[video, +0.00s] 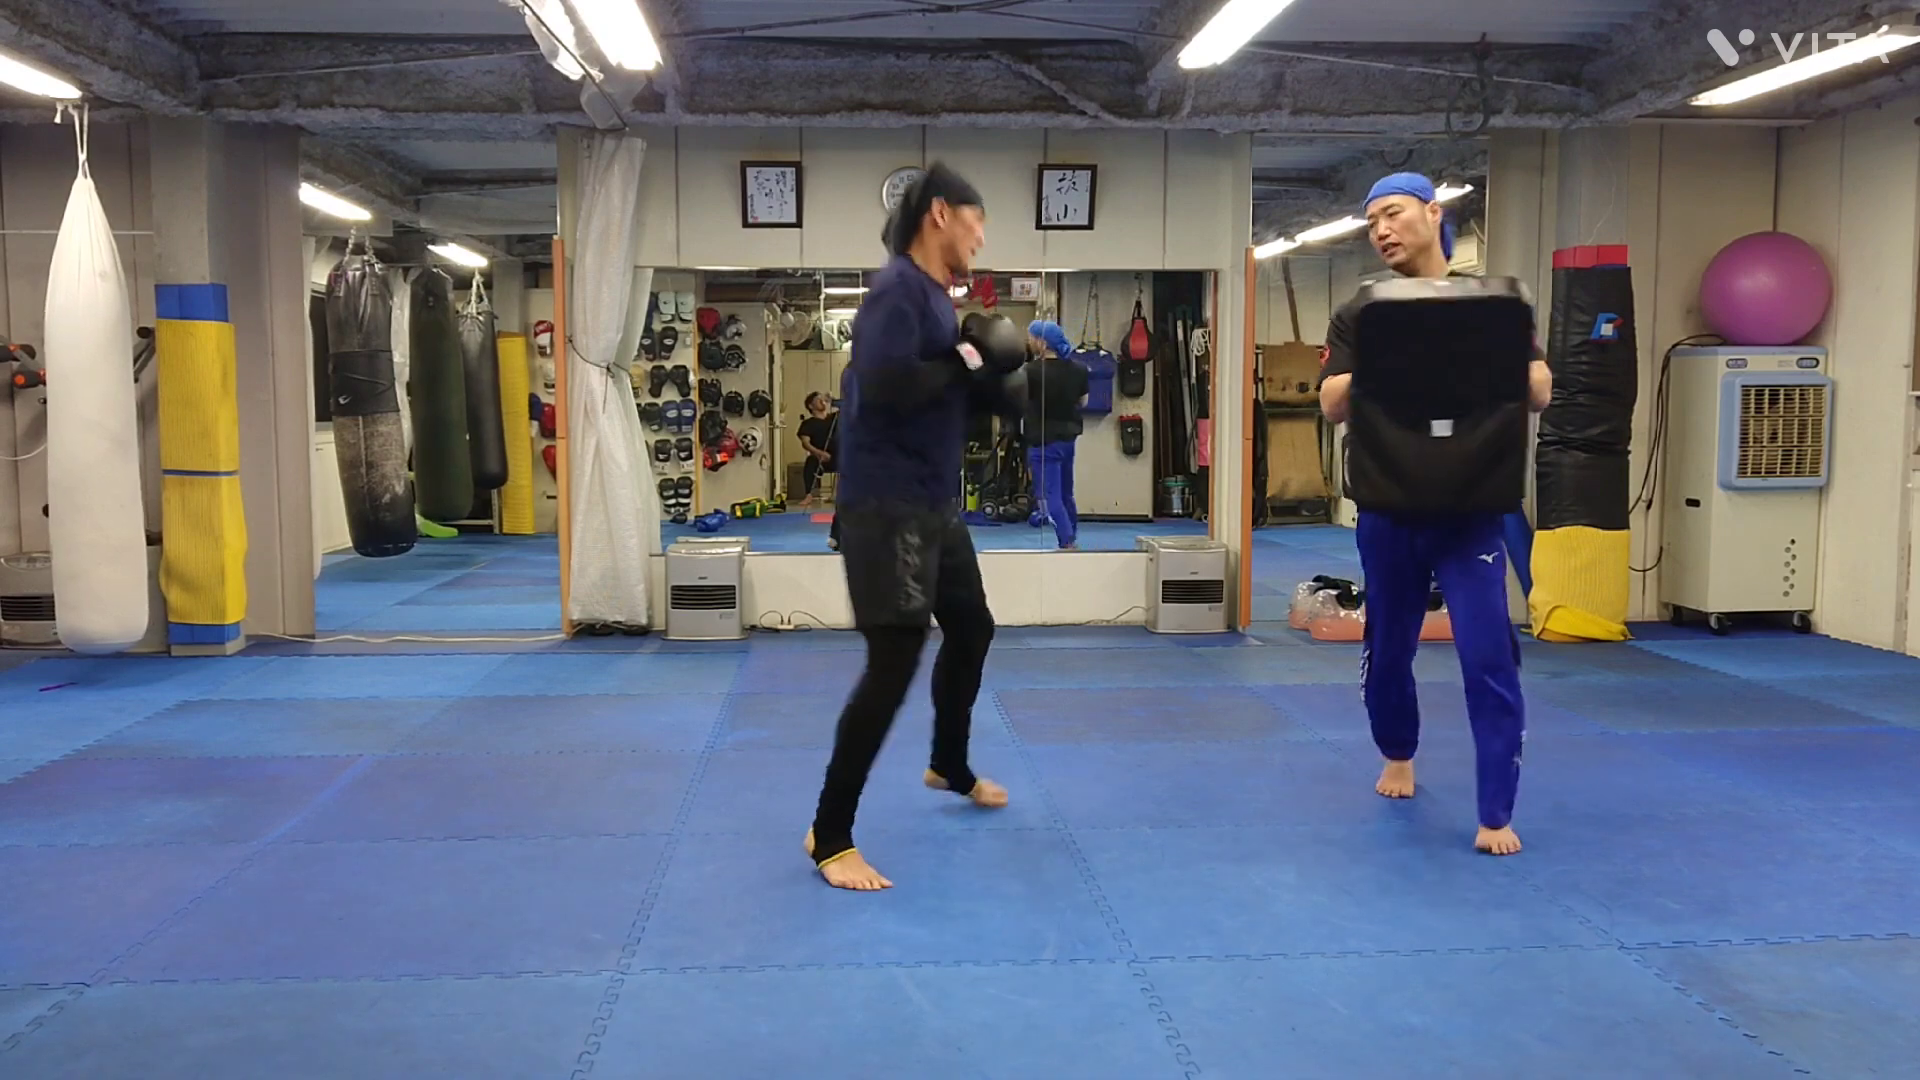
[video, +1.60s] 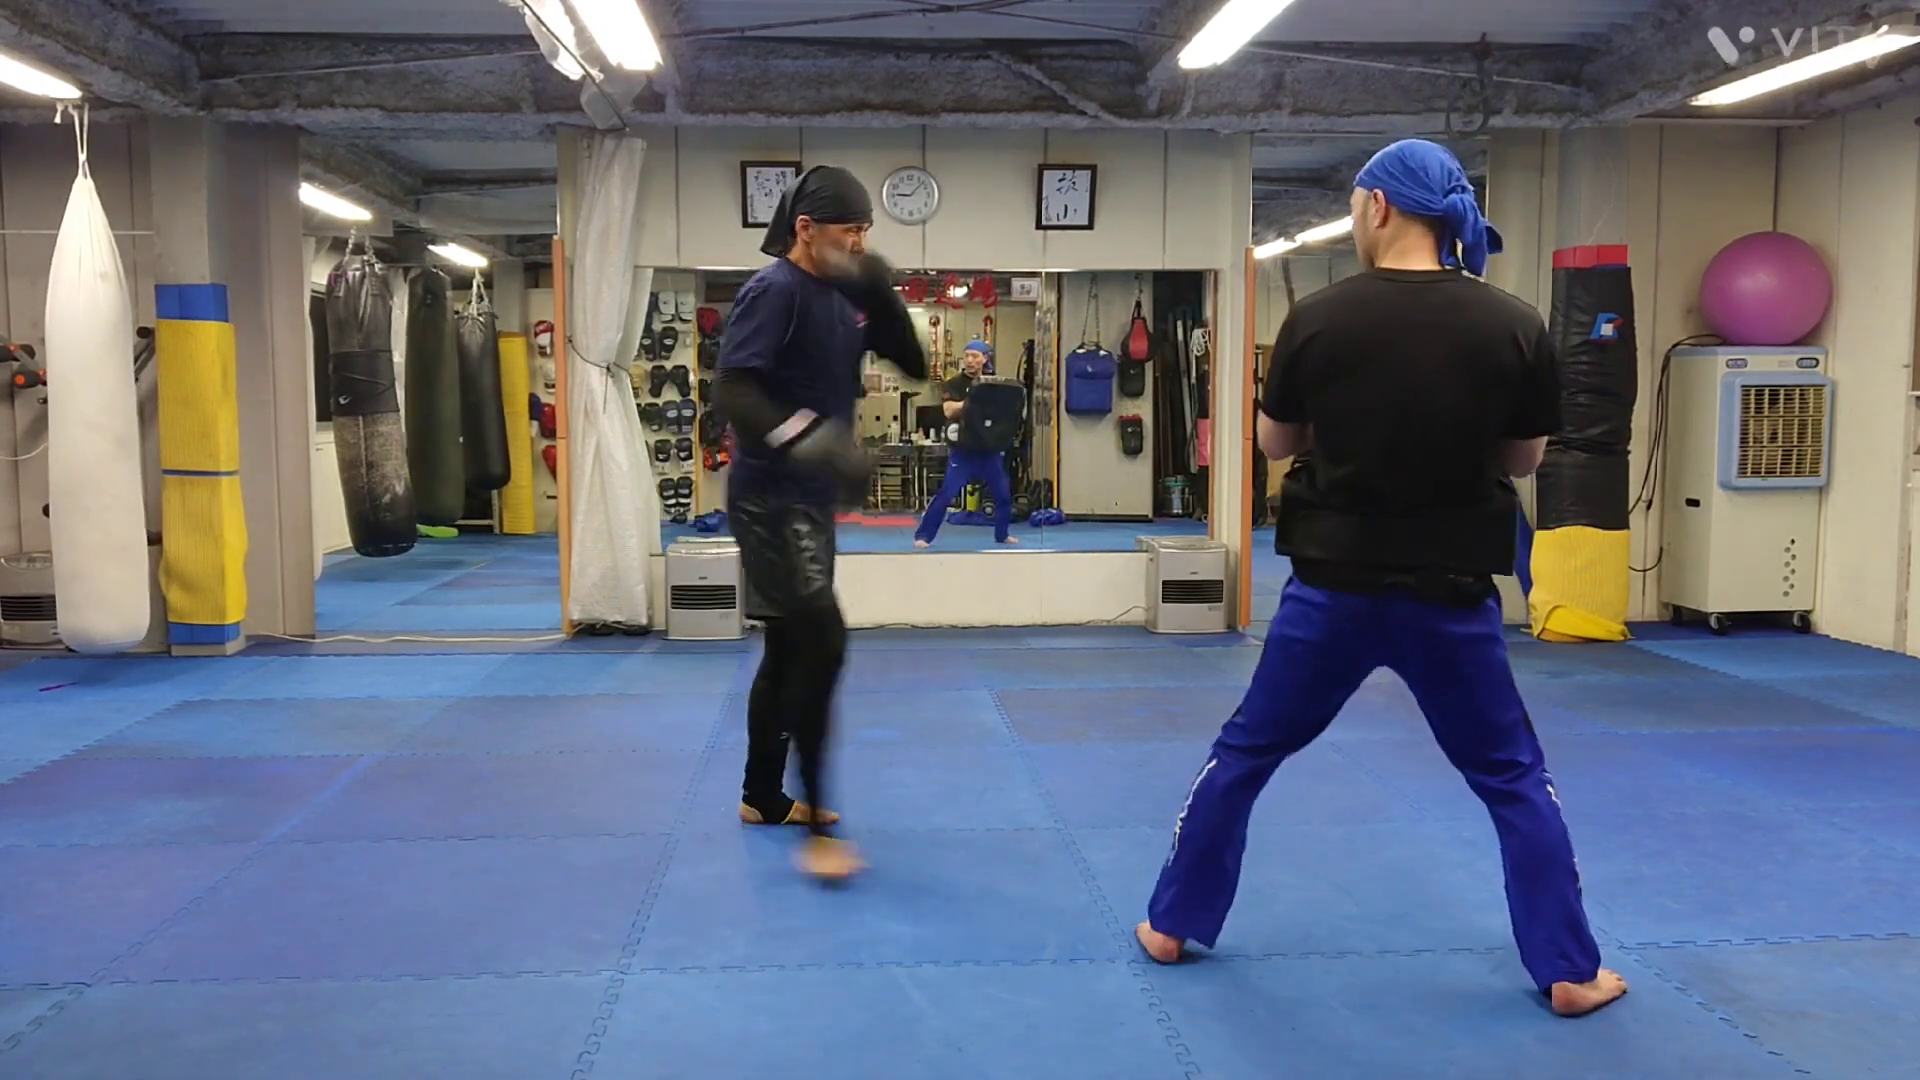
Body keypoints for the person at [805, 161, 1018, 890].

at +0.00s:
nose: (980, 241)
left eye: (983, 229)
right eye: (976, 226)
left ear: (944, 220)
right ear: (939, 215)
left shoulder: (938, 301)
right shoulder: (897, 290)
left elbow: (951, 397)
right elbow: (884, 388)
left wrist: (1013, 382)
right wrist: (965, 360)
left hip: (934, 505)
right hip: (886, 507)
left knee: (971, 629)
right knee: (895, 659)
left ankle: (949, 764)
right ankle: (829, 838)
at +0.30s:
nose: (954, 246)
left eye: (956, 234)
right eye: (947, 230)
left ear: (916, 230)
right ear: (905, 224)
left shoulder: (911, 308)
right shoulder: (873, 293)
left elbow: (916, 407)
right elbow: (830, 373)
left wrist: (974, 381)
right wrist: (935, 369)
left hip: (916, 523)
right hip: (859, 522)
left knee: (973, 657)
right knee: (821, 672)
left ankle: (930, 828)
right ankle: (703, 829)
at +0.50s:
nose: (903, 254)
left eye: (905, 241)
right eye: (892, 238)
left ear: (861, 240)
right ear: (848, 234)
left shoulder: (858, 322)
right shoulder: (807, 300)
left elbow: (854, 429)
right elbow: (779, 393)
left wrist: (933, 413)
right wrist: (884, 385)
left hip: (850, 533)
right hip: (785, 532)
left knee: (921, 653)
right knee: (733, 680)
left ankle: (926, 831)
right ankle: (625, 823)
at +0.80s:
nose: (798, 256)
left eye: (801, 244)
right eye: (789, 241)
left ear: (766, 242)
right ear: (744, 234)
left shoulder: (772, 318)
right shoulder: (690, 305)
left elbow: (772, 413)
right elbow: (671, 405)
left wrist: (826, 404)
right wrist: (765, 370)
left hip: (753, 525)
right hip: (681, 530)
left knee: (837, 640)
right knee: (654, 688)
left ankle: (820, 799)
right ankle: (588, 838)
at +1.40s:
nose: (844, 256)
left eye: (848, 242)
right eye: (835, 240)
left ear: (816, 241)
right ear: (792, 232)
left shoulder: (801, 304)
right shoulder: (759, 292)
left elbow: (815, 406)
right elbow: (767, 386)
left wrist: (894, 391)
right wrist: (845, 329)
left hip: (785, 508)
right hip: (735, 507)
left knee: (785, 656)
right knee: (747, 658)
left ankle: (763, 797)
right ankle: (636, 806)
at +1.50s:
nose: (855, 247)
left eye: (859, 234)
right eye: (844, 233)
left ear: (836, 236)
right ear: (802, 230)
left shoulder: (826, 302)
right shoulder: (769, 288)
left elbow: (850, 380)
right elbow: (743, 383)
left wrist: (901, 361)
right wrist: (836, 386)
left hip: (796, 501)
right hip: (757, 501)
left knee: (797, 645)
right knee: (790, 645)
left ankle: (763, 799)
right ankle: (736, 815)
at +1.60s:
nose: (854, 241)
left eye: (860, 231)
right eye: (841, 229)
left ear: (865, 235)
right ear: (804, 227)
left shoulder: (846, 296)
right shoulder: (774, 288)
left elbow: (912, 363)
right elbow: (735, 388)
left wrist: (880, 290)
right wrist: (811, 441)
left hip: (808, 499)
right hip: (768, 499)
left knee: (791, 647)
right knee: (821, 640)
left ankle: (762, 795)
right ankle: (815, 818)